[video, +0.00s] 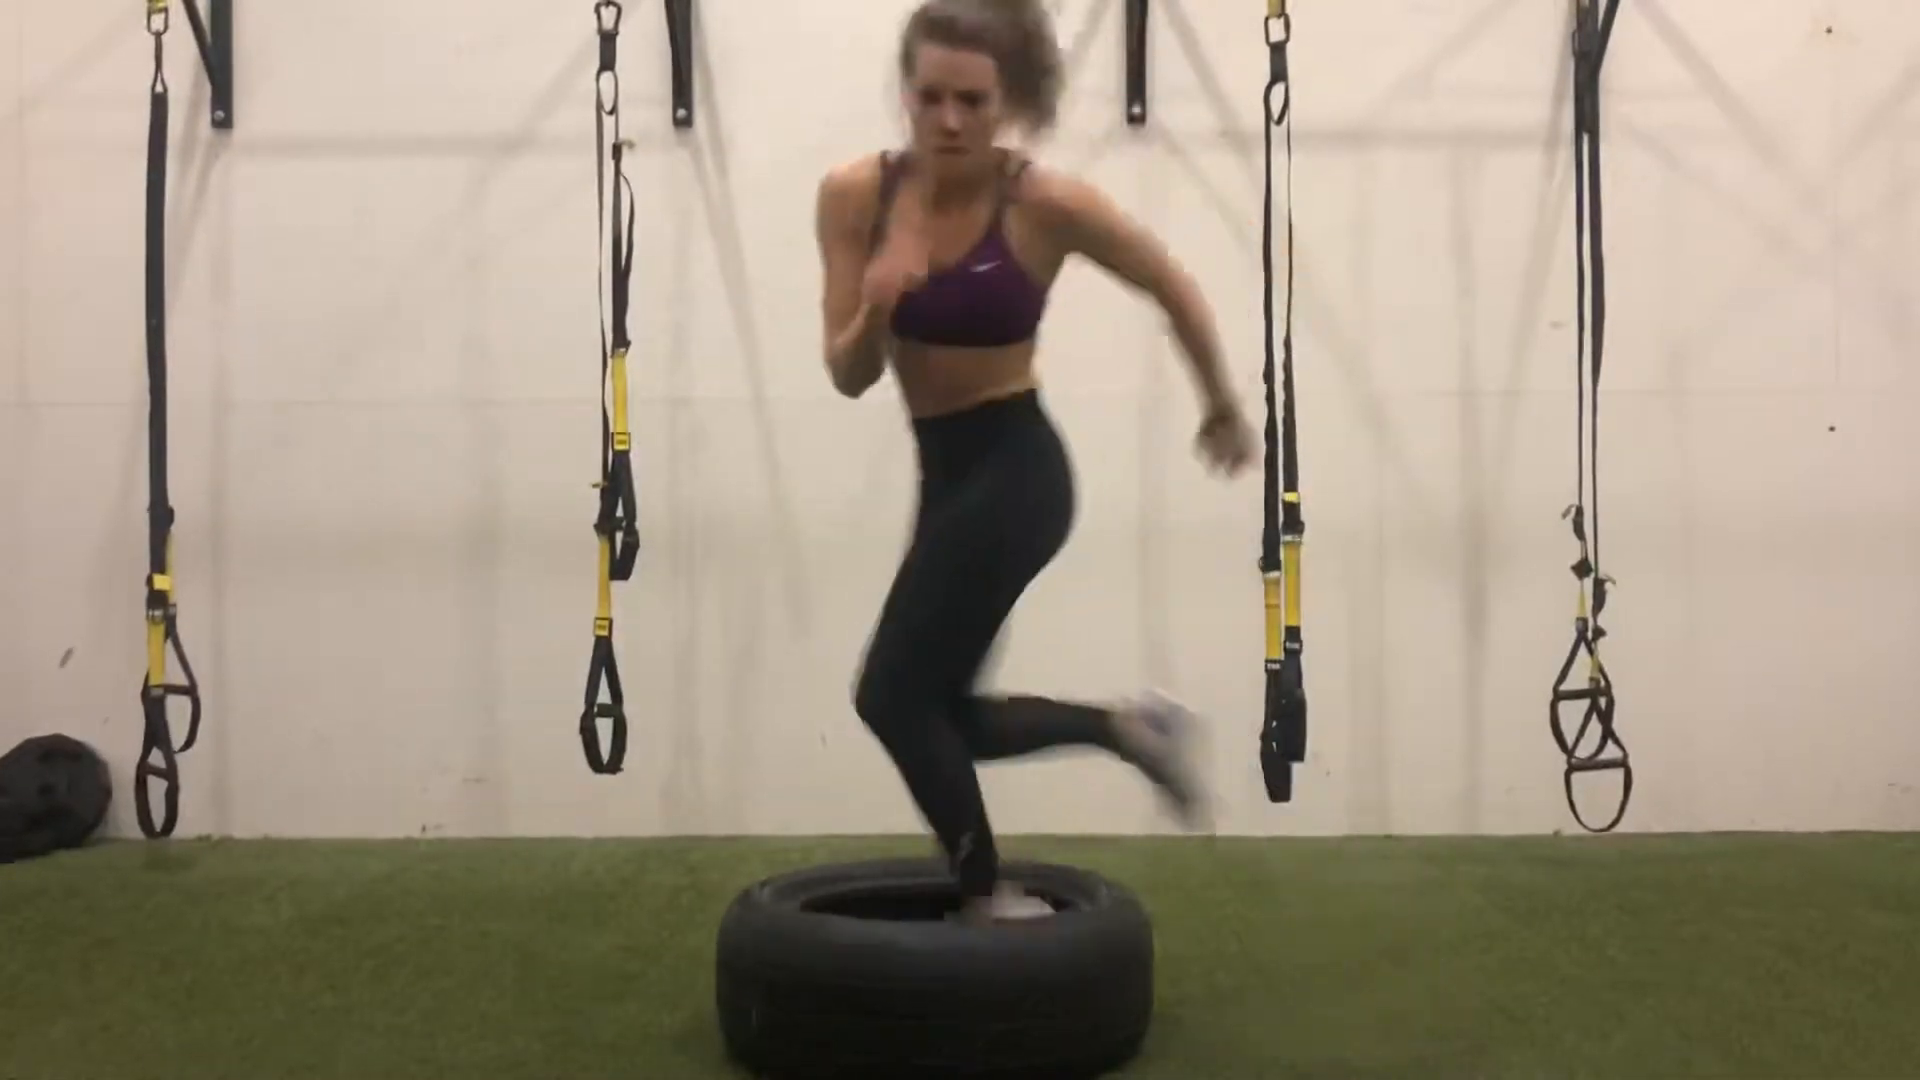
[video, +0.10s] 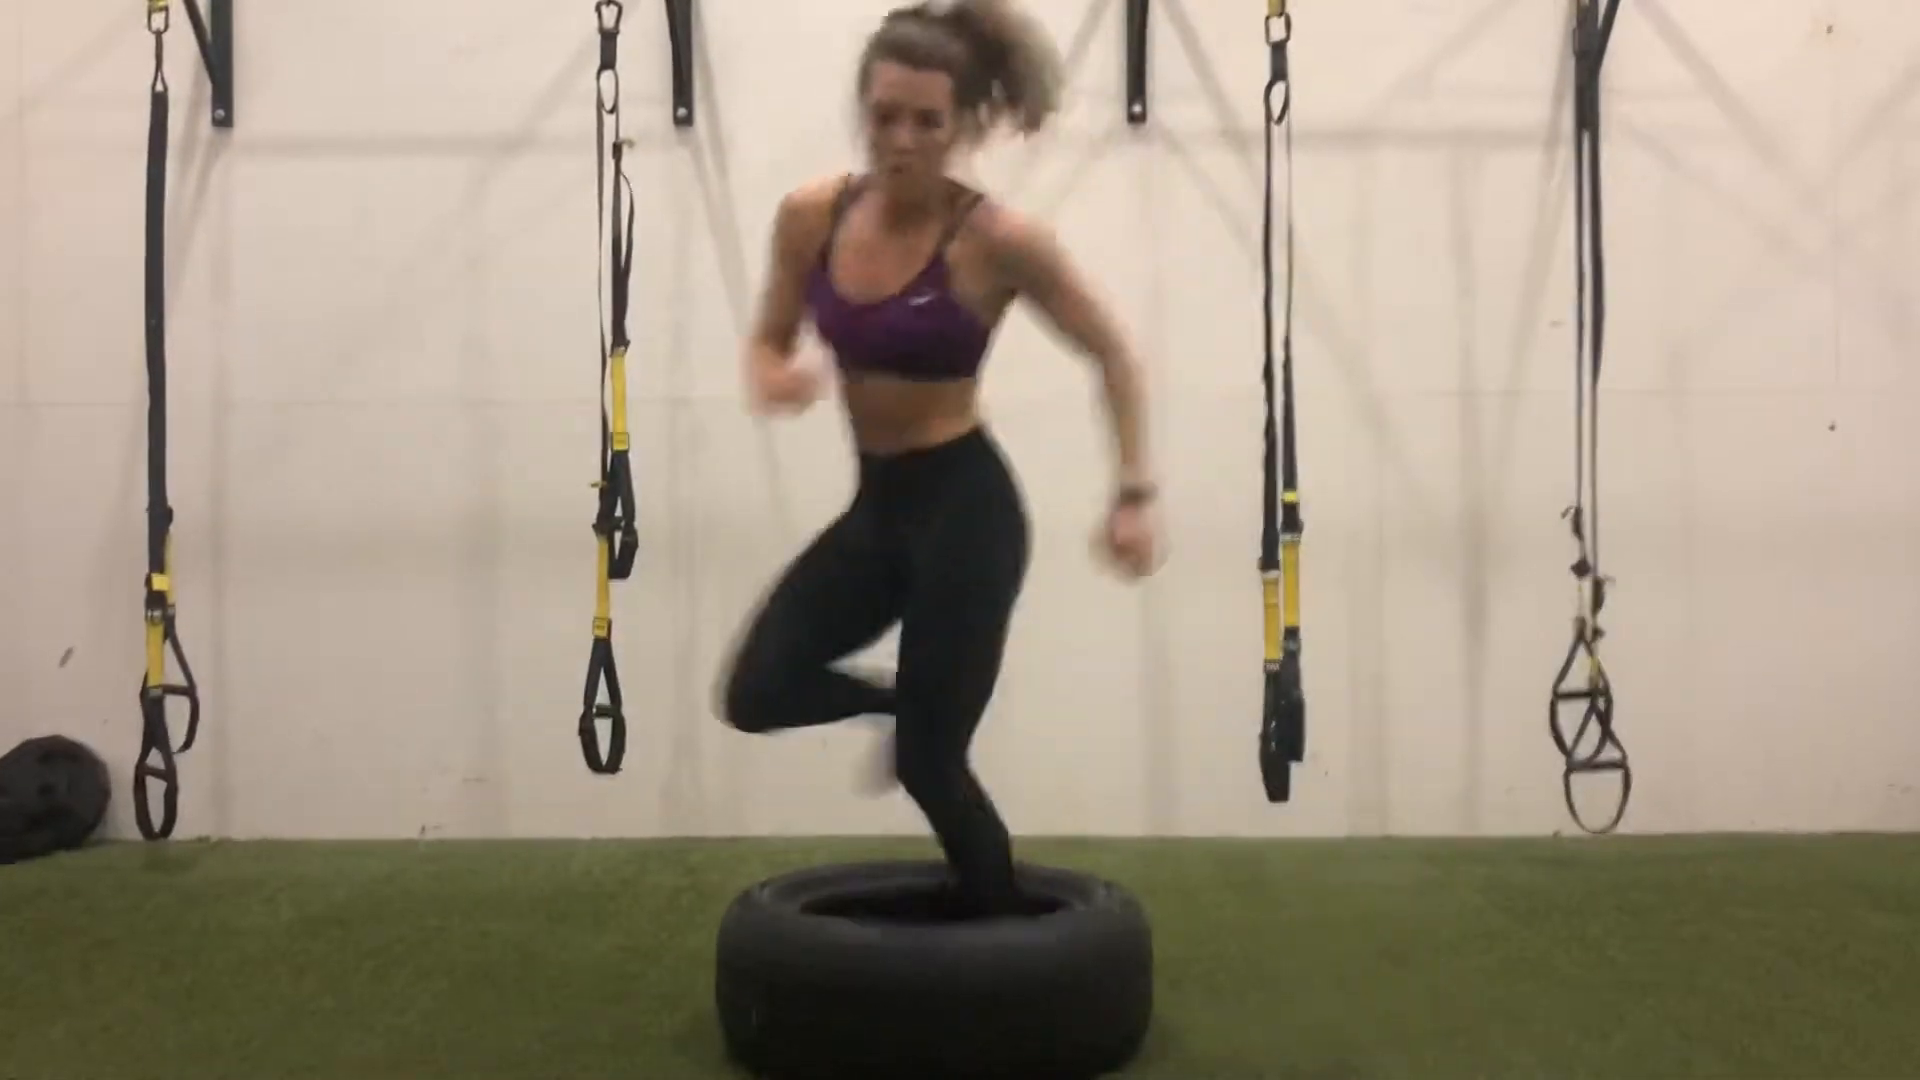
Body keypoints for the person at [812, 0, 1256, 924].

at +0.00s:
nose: (948, 120)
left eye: (971, 101)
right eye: (931, 97)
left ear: (1009, 104)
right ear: (906, 95)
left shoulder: (1048, 206)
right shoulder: (858, 196)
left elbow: (1171, 285)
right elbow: (848, 377)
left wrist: (1223, 405)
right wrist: (876, 311)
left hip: (1018, 473)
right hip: (947, 477)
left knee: (891, 694)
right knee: (940, 722)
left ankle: (983, 902)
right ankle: (1125, 727)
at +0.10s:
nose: (903, 139)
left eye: (927, 120)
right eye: (886, 116)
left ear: (967, 124)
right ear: (862, 111)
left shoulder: (999, 242)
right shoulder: (813, 218)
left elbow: (1115, 353)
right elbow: (768, 341)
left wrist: (1132, 493)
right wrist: (774, 377)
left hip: (966, 511)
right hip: (880, 509)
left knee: (929, 760)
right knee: (756, 697)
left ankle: (1006, 940)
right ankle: (918, 695)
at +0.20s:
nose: (851, 155)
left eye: (875, 136)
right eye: (833, 128)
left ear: (903, 139)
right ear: (798, 119)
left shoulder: (924, 247)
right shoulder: (729, 221)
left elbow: (994, 380)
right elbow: (696, 332)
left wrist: (951, 457)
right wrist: (692, 429)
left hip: (907, 480)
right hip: (810, 484)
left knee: (872, 723)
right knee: (682, 695)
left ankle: (981, 925)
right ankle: (639, 885)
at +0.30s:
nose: (797, 204)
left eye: (822, 188)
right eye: (781, 179)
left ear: (848, 196)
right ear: (747, 170)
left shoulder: (864, 293)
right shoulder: (667, 285)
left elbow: (883, 391)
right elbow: (640, 431)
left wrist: (860, 455)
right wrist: (716, 496)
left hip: (818, 519)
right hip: (710, 525)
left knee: (789, 655)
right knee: (605, 754)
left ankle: (876, 759)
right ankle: (546, 978)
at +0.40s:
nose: (783, 190)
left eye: (807, 171)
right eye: (765, 165)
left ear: (837, 174)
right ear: (734, 160)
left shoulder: (864, 264)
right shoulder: (678, 266)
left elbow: (882, 334)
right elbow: (621, 421)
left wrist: (876, 407)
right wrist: (709, 426)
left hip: (803, 516)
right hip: (694, 512)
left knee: (745, 630)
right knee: (557, 725)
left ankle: (745, 764)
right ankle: (531, 953)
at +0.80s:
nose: (915, 112)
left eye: (934, 92)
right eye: (895, 92)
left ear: (959, 85)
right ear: (857, 84)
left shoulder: (987, 153)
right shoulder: (824, 176)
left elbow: (1000, 258)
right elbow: (715, 234)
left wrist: (861, 230)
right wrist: (644, 261)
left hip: (876, 463)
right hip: (832, 461)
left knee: (849, 725)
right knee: (1017, 627)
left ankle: (631, 822)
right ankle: (899, 836)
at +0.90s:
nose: (972, 130)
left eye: (991, 108)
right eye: (951, 108)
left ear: (1018, 98)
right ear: (917, 96)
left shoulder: (1040, 167)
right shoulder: (876, 194)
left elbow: (1065, 249)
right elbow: (749, 256)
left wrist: (945, 252)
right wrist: (637, 289)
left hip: (966, 493)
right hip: (909, 493)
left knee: (1059, 705)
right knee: (982, 729)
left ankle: (861, 678)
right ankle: (947, 943)